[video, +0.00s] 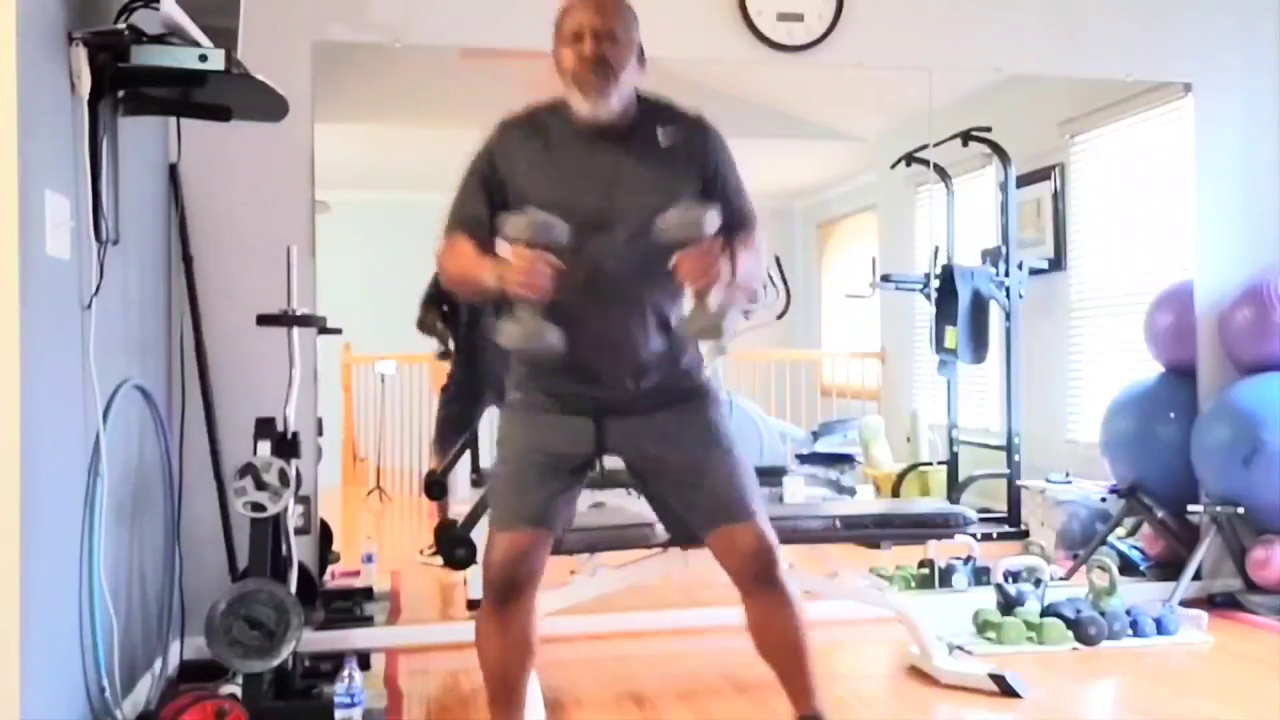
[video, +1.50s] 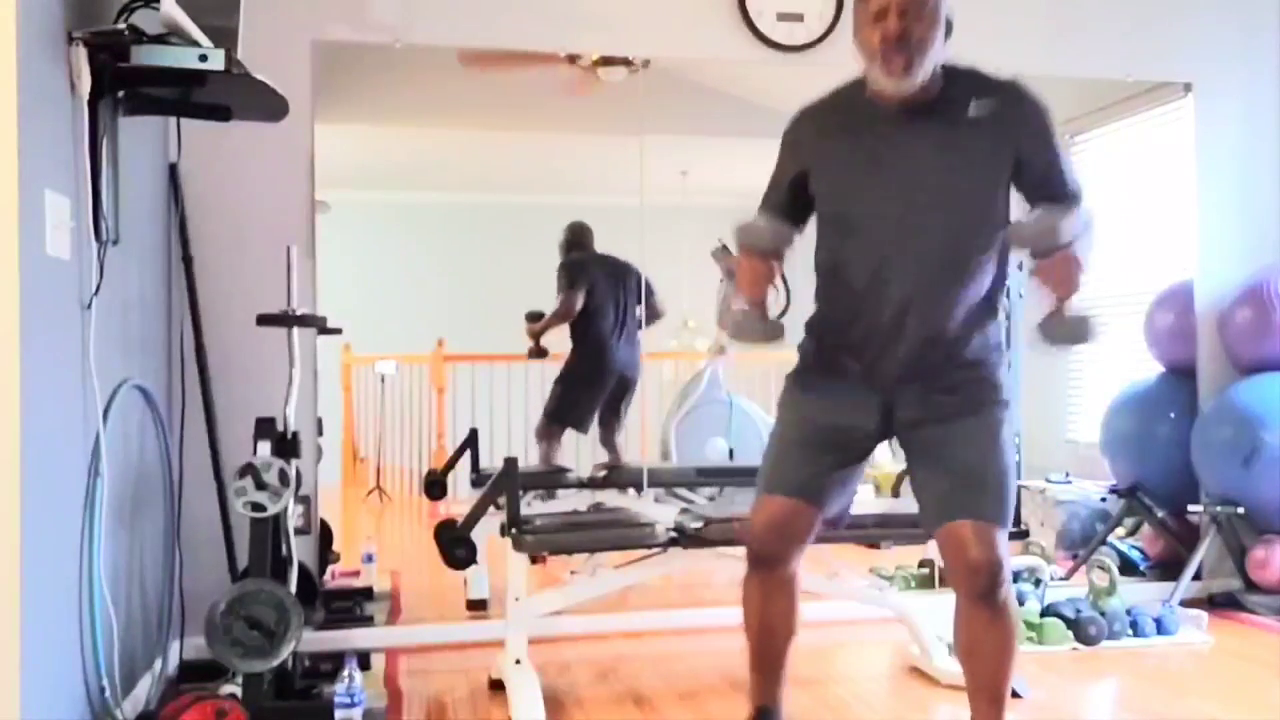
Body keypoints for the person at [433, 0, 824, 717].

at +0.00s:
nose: (591, 50)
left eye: (608, 36)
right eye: (576, 37)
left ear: (638, 54)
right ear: (554, 53)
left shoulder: (689, 141)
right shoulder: (514, 144)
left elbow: (748, 249)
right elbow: (453, 256)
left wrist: (728, 263)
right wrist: (501, 271)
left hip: (666, 390)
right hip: (547, 394)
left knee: (755, 556)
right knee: (508, 570)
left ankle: (811, 711)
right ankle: (510, 718)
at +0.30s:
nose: (674, 136)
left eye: (691, 122)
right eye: (659, 124)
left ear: (720, 137)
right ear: (639, 140)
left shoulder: (771, 222)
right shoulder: (595, 224)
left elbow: (819, 350)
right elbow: (545, 349)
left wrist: (773, 338)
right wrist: (597, 343)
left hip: (739, 443)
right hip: (619, 444)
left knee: (846, 584)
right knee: (531, 590)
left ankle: (843, 719)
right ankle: (514, 716)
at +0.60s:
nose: (739, 9)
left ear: (797, 9)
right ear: (708, 11)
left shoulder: (848, 99)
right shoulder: (672, 103)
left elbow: (912, 195)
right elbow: (621, 212)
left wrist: (930, 238)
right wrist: (603, 249)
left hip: (818, 360)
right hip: (706, 359)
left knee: (841, 553)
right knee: (658, 541)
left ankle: (844, 714)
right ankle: (697, 702)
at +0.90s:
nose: (763, 7)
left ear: (819, 4)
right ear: (730, 9)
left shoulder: (874, 85)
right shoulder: (694, 105)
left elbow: (941, 176)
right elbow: (649, 210)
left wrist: (936, 211)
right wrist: (652, 236)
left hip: (863, 348)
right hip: (750, 359)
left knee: (901, 530)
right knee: (739, 554)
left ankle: (904, 704)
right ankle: (746, 714)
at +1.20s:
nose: (844, 118)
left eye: (861, 105)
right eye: (829, 105)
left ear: (892, 119)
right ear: (807, 120)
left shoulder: (941, 201)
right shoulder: (766, 207)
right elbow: (726, 342)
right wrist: (764, 341)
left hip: (896, 432)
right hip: (781, 430)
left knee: (974, 594)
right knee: (709, 574)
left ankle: (980, 716)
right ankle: (741, 715)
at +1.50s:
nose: (893, 29)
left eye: (911, 13)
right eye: (876, 13)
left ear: (945, 22)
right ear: (855, 24)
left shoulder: (1008, 113)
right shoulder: (818, 127)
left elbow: (1063, 217)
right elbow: (768, 232)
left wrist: (1061, 261)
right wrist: (752, 280)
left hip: (959, 376)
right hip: (839, 370)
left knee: (981, 567)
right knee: (768, 543)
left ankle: (989, 715)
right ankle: (765, 709)